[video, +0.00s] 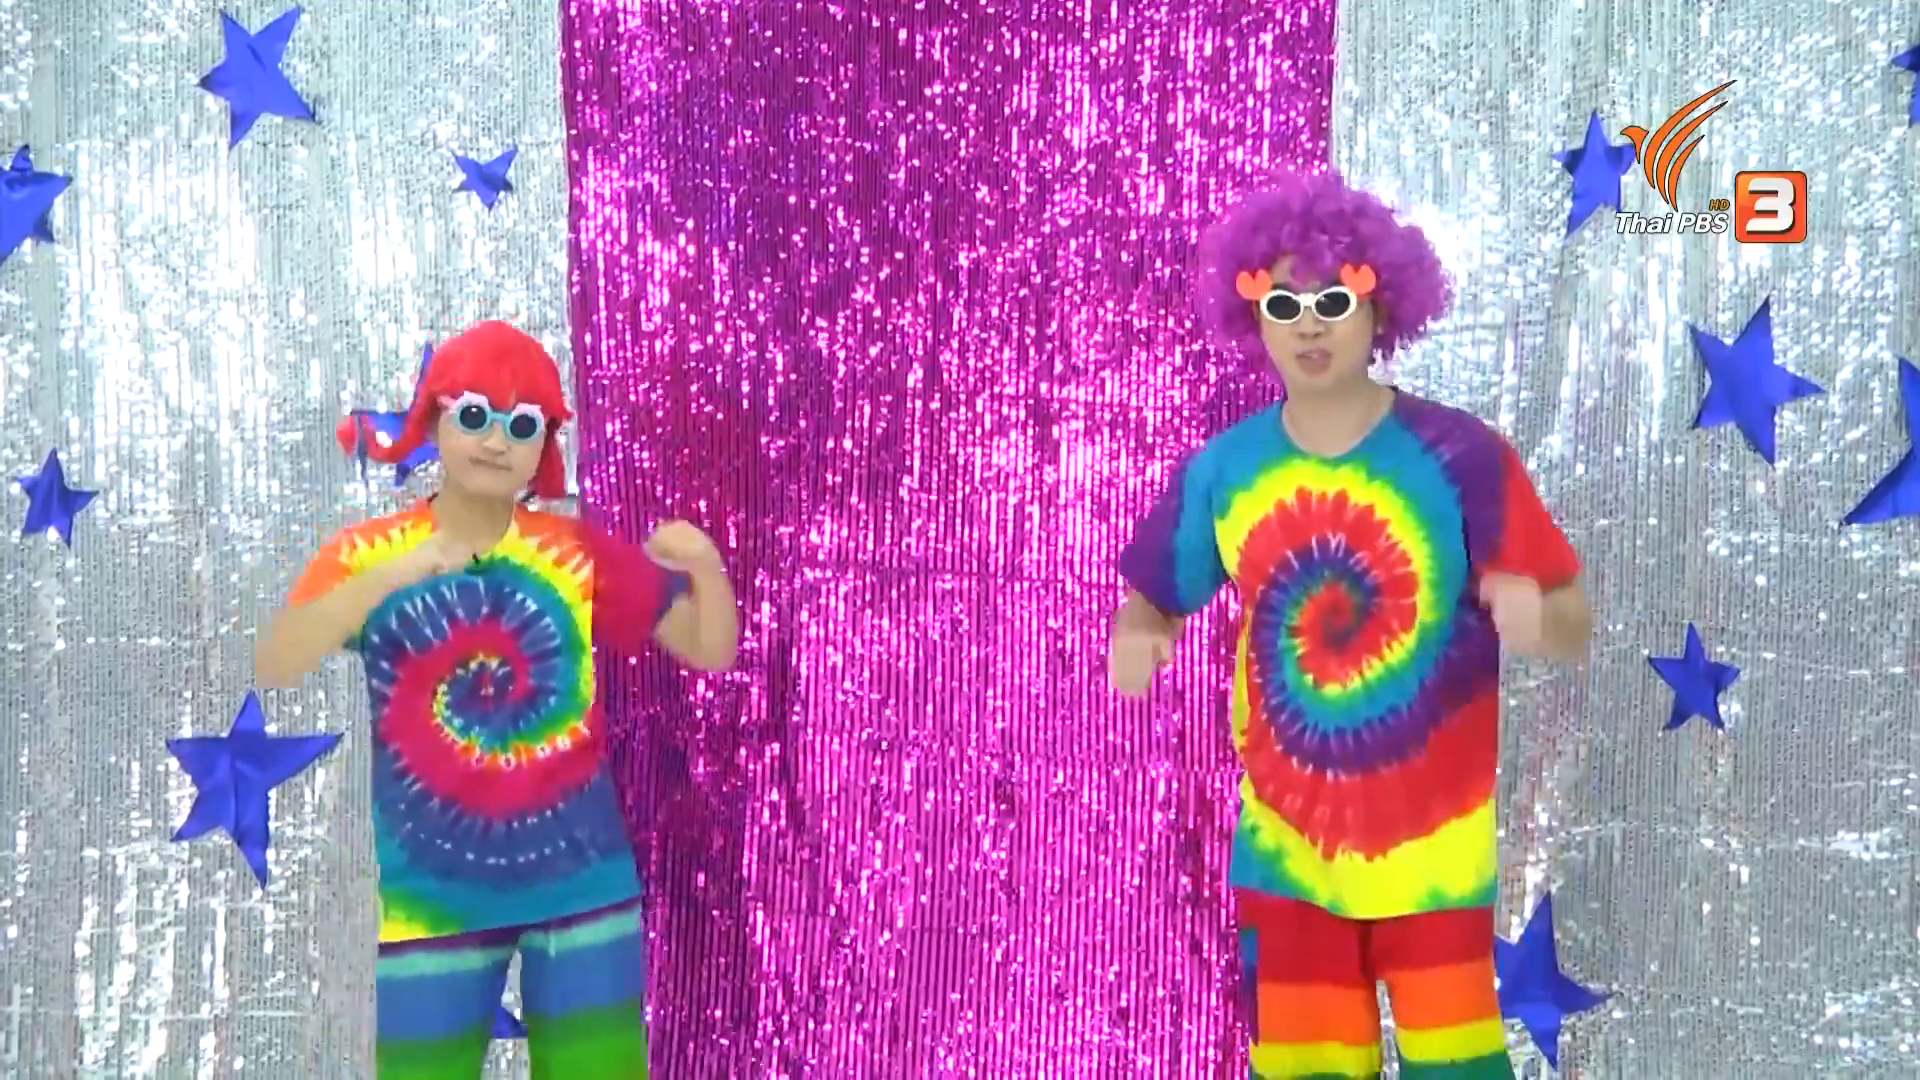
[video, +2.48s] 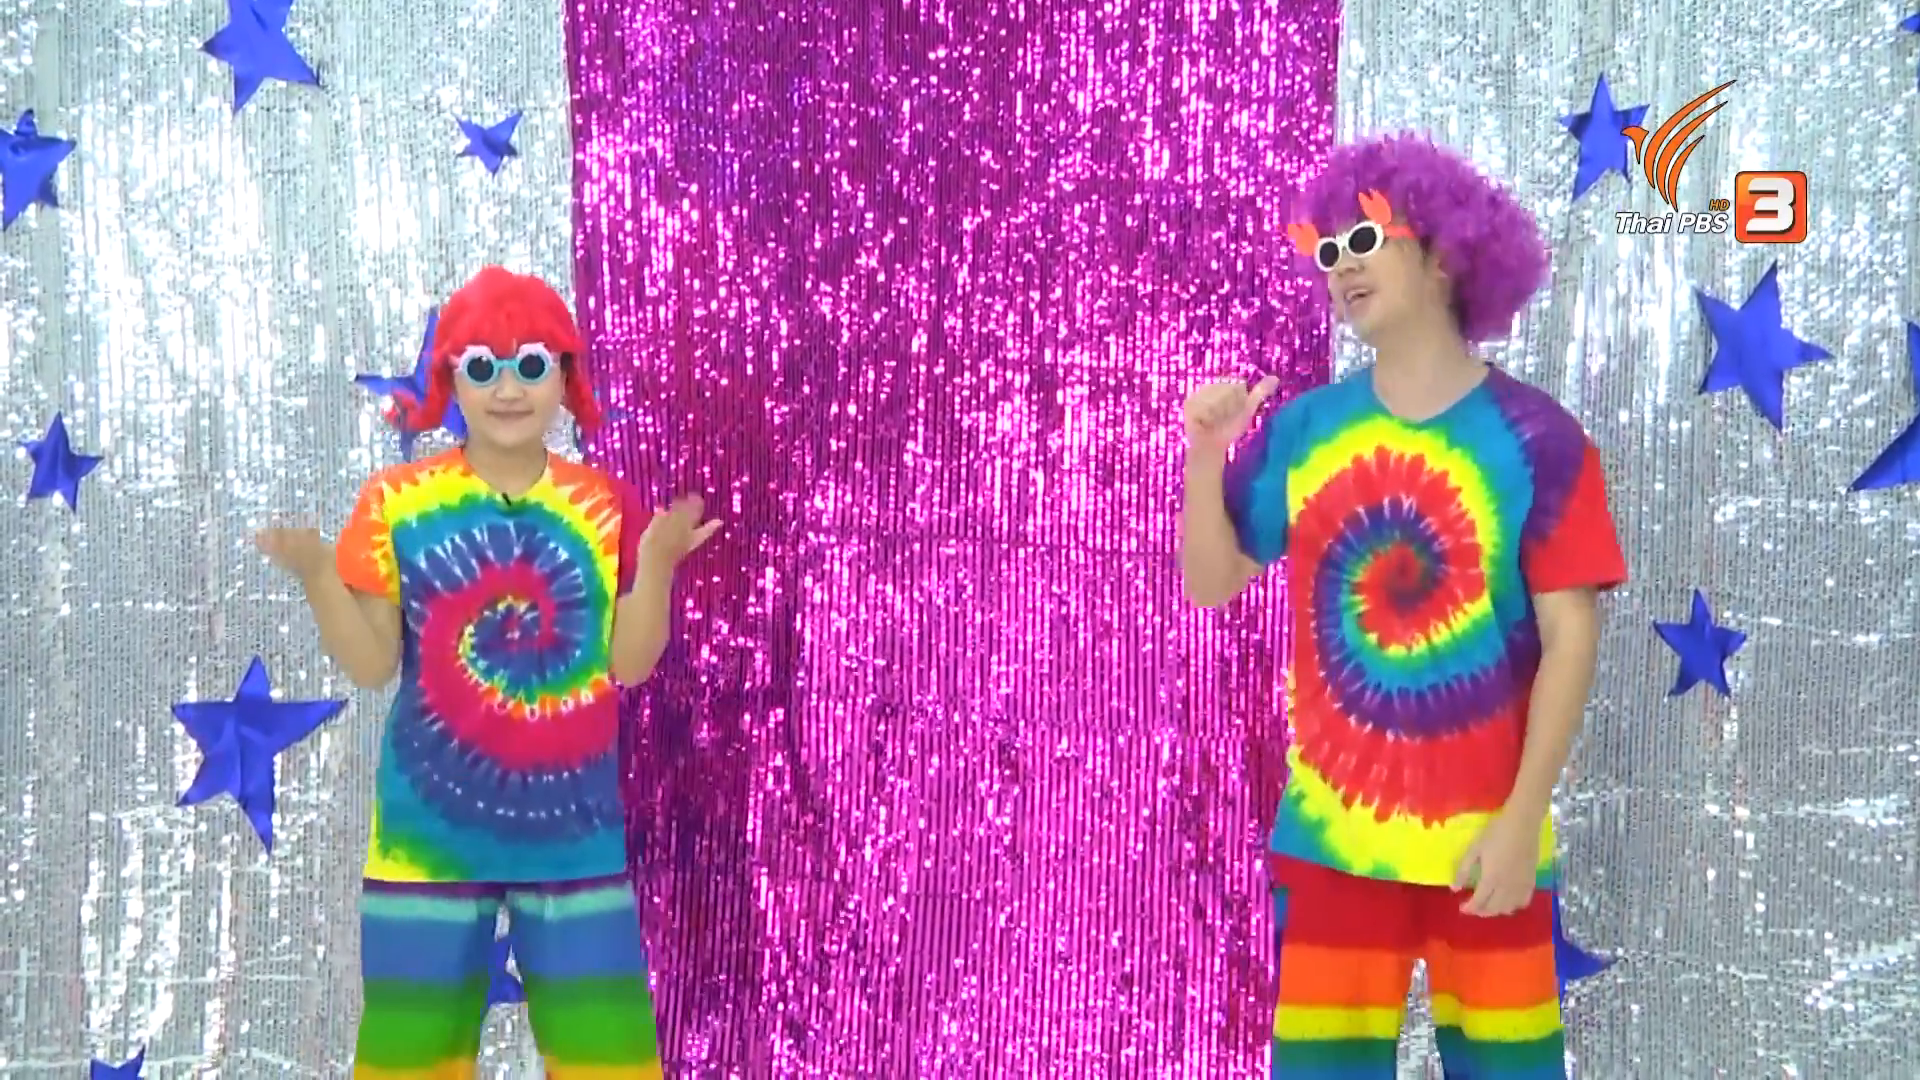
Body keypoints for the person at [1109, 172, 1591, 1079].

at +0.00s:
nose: (1308, 329)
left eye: (1332, 304)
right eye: (1283, 308)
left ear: (1375, 313)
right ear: (1256, 322)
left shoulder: (1463, 455)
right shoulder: (1222, 471)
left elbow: (1573, 619)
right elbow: (1155, 596)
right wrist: (1136, 642)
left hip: (1438, 846)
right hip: (1289, 853)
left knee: (1457, 1062)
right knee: (1308, 1065)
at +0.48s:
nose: (1351, 306)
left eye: (1375, 282)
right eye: (1325, 285)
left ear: (1413, 304)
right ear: (1292, 312)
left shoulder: (1493, 461)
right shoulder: (1248, 476)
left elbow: (1550, 643)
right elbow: (1193, 664)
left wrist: (1555, 820)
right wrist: (1272, 813)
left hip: (1472, 868)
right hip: (1318, 868)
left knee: (1491, 1067)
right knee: (1315, 1069)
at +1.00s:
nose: (1469, 311)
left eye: (1495, 287)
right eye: (1444, 291)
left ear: (1541, 308)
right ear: (1417, 315)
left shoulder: (1611, 470)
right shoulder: (1364, 468)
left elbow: (1652, 661)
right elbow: (1316, 652)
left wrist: (1662, 849)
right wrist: (1297, 820)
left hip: (1552, 868)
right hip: (1396, 862)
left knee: (1547, 1068)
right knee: (1362, 1066)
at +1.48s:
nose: (1420, 302)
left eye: (1446, 279)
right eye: (1396, 281)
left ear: (1492, 303)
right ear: (1368, 307)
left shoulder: (1561, 466)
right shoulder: (1319, 461)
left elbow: (1601, 659)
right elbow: (1275, 636)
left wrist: (1594, 844)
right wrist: (1251, 802)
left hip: (1514, 862)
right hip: (1359, 859)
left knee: (1517, 1065)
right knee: (1339, 1064)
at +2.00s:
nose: (1271, 297)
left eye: (1299, 273)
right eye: (1250, 278)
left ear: (1351, 301)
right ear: (1228, 308)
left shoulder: (1439, 458)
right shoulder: (1217, 480)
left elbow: (1491, 648)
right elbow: (1182, 655)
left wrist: (1460, 837)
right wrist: (1134, 824)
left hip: (1415, 856)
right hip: (1274, 861)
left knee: (1441, 1067)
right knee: (1280, 1068)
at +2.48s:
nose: (1339, 266)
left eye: (1362, 235)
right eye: (1327, 250)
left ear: (1441, 249)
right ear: (1321, 278)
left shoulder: (1536, 435)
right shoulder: (1300, 428)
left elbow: (1570, 636)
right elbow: (1212, 578)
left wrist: (1522, 820)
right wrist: (1208, 449)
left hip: (1488, 843)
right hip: (1333, 845)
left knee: (1508, 1064)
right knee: (1321, 1065)